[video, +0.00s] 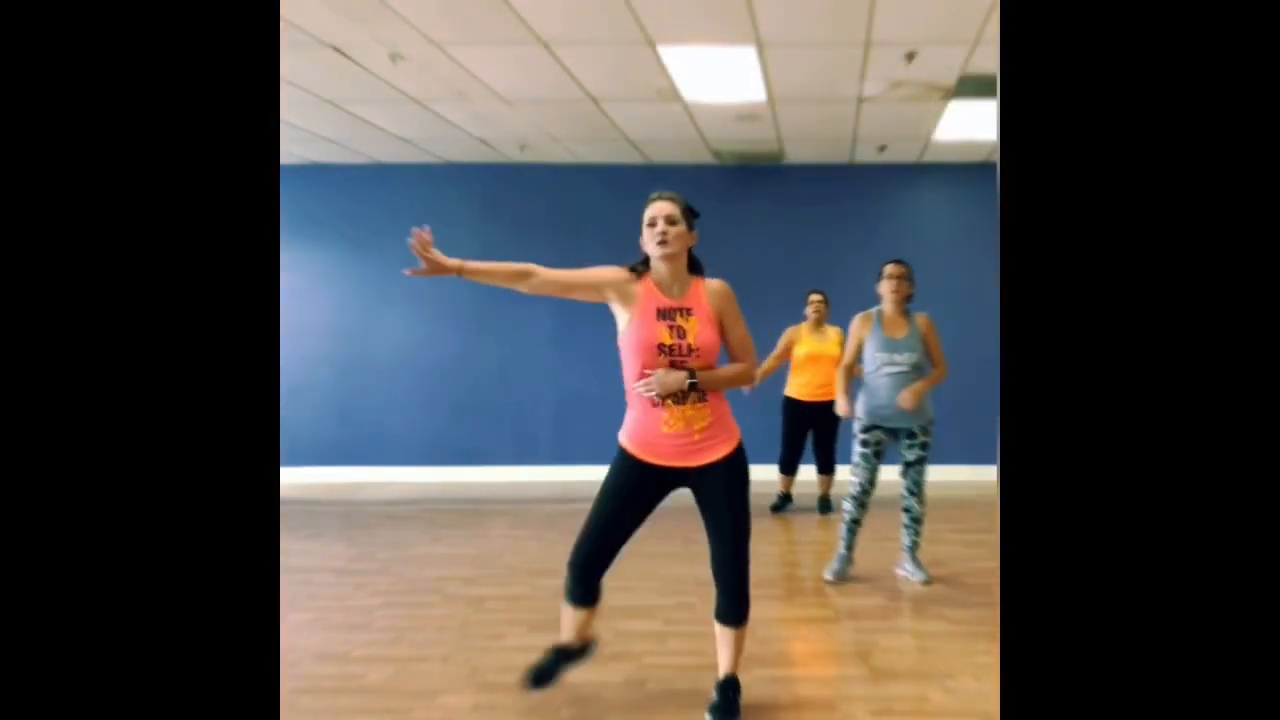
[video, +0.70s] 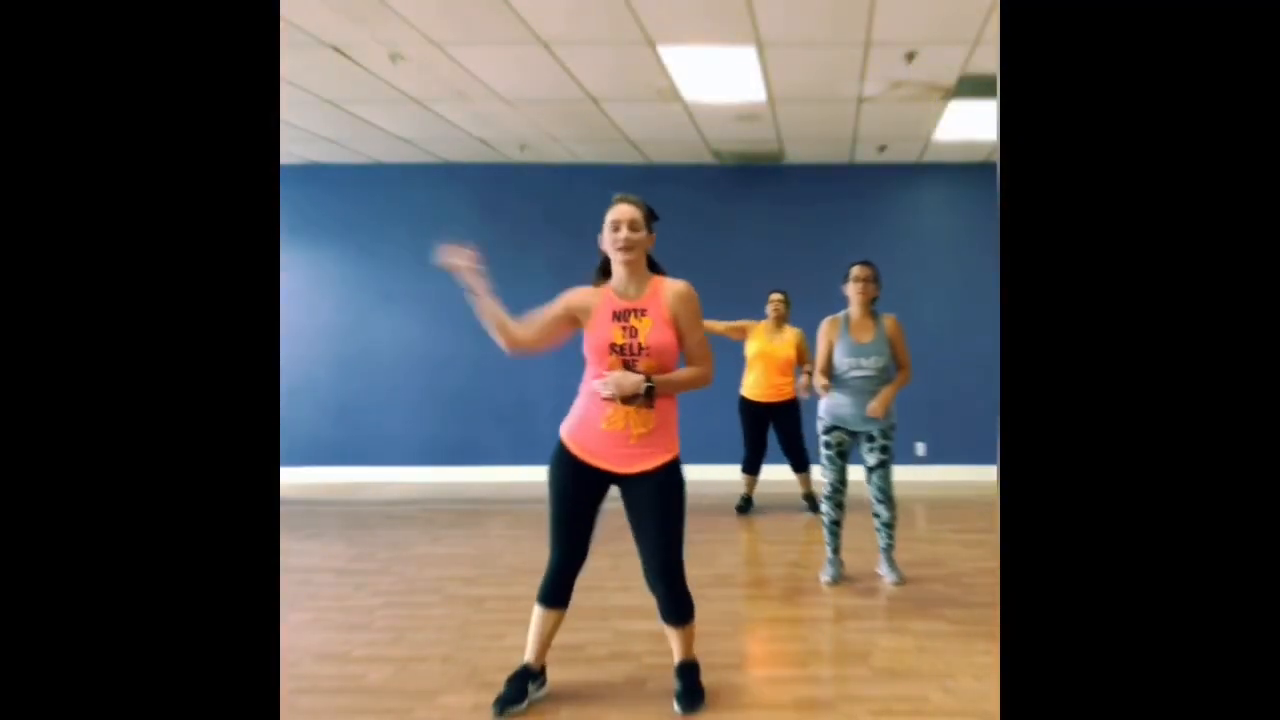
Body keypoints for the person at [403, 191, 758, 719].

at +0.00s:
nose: (662, 230)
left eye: (672, 222)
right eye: (653, 224)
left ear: (692, 235)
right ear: (643, 237)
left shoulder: (716, 294)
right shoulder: (622, 286)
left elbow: (749, 369)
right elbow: (532, 278)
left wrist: (689, 377)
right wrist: (453, 266)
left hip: (716, 454)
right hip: (645, 454)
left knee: (732, 575)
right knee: (584, 563)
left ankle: (728, 685)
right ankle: (574, 643)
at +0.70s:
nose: (624, 234)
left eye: (634, 227)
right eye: (615, 227)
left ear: (650, 237)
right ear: (602, 238)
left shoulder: (677, 297)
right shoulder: (585, 301)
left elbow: (702, 372)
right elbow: (515, 338)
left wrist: (646, 383)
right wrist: (474, 282)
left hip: (652, 457)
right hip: (582, 449)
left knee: (665, 574)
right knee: (563, 562)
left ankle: (686, 668)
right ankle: (532, 669)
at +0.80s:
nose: (637, 227)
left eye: (647, 219)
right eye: (628, 219)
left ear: (662, 230)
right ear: (613, 231)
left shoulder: (685, 281)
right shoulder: (595, 298)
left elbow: (718, 355)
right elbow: (564, 368)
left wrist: (658, 371)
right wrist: (545, 311)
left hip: (670, 445)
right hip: (602, 442)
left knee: (673, 569)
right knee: (567, 559)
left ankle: (687, 669)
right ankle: (538, 669)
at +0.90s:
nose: (644, 223)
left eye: (655, 216)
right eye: (636, 215)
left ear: (668, 228)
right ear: (621, 227)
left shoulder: (688, 274)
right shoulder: (603, 293)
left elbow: (728, 346)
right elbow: (599, 376)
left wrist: (665, 365)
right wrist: (578, 323)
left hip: (685, 437)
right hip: (620, 435)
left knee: (683, 559)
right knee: (572, 541)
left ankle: (687, 665)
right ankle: (576, 648)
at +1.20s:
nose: (656, 222)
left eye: (666, 215)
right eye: (647, 214)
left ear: (678, 226)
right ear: (630, 224)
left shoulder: (699, 280)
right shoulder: (606, 289)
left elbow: (729, 352)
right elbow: (604, 371)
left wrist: (676, 367)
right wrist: (608, 346)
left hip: (697, 439)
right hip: (633, 442)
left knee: (692, 556)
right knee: (647, 557)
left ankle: (691, 664)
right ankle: (656, 657)